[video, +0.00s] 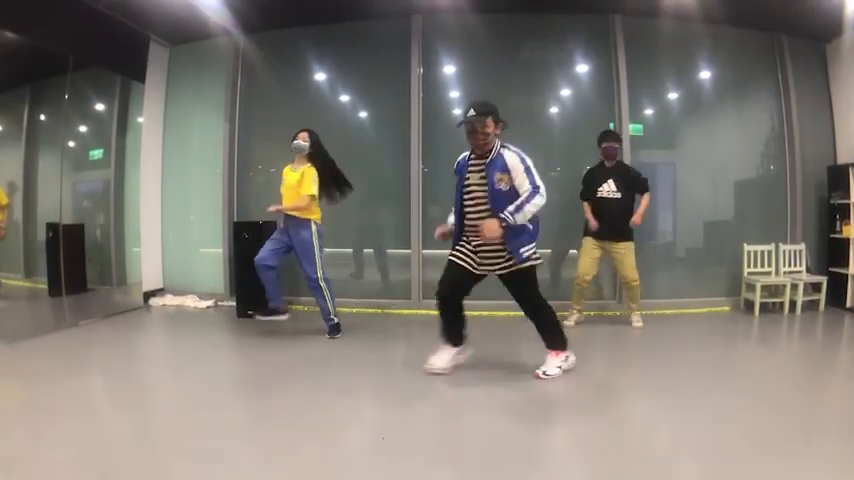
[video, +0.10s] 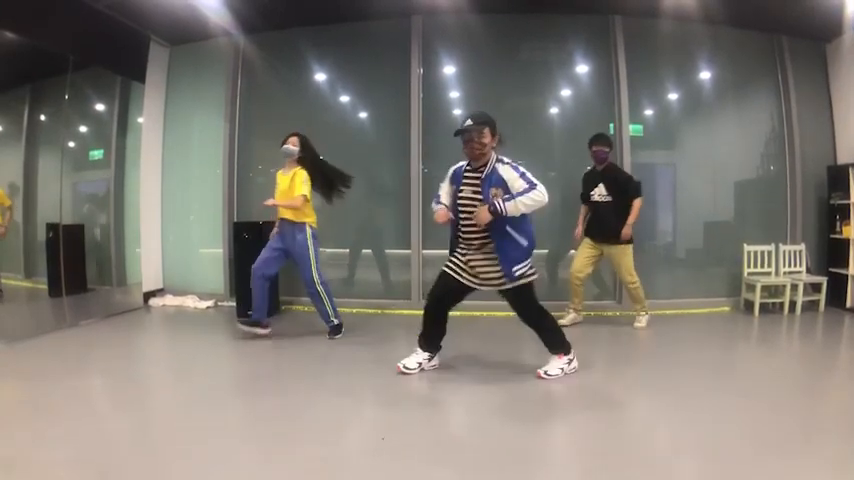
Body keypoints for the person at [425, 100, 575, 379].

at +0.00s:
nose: (477, 137)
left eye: (483, 131)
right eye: (472, 132)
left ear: (496, 128)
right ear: (465, 132)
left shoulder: (512, 158)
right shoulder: (463, 162)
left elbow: (537, 195)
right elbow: (463, 203)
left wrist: (503, 220)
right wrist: (451, 225)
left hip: (509, 248)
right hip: (471, 247)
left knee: (530, 300)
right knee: (447, 292)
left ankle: (560, 352)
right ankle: (455, 345)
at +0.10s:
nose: (473, 144)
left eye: (480, 137)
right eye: (468, 139)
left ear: (494, 139)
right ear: (462, 142)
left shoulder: (507, 170)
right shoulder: (456, 172)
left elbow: (539, 195)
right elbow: (443, 197)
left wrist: (496, 208)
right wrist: (440, 208)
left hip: (504, 261)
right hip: (466, 260)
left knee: (529, 310)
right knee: (436, 301)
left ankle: (564, 355)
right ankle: (427, 352)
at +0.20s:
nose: (469, 133)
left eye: (475, 127)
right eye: (464, 128)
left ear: (487, 130)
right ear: (456, 131)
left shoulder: (499, 161)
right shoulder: (443, 160)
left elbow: (527, 193)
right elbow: (429, 189)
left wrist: (494, 217)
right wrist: (425, 214)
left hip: (486, 250)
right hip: (447, 249)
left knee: (502, 302)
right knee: (428, 300)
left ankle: (541, 346)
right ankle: (425, 352)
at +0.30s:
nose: (465, 122)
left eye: (471, 116)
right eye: (459, 117)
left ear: (482, 119)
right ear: (451, 119)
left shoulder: (493, 156)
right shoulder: (434, 156)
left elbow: (503, 197)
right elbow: (423, 198)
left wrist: (501, 234)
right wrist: (412, 235)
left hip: (476, 242)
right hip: (438, 241)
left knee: (478, 292)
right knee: (428, 296)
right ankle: (424, 351)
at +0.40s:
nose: (460, 121)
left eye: (466, 115)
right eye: (454, 117)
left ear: (477, 119)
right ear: (445, 121)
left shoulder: (491, 158)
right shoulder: (428, 158)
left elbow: (499, 200)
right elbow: (419, 200)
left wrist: (503, 236)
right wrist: (414, 235)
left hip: (473, 245)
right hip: (435, 243)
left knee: (466, 303)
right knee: (426, 301)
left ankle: (454, 348)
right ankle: (422, 351)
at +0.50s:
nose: (463, 119)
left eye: (468, 114)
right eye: (456, 115)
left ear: (476, 117)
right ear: (446, 120)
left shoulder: (490, 156)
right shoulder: (428, 156)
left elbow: (500, 195)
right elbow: (418, 195)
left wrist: (509, 227)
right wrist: (419, 225)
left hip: (477, 244)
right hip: (437, 243)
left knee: (483, 297)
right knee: (423, 298)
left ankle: (466, 344)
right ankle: (415, 349)